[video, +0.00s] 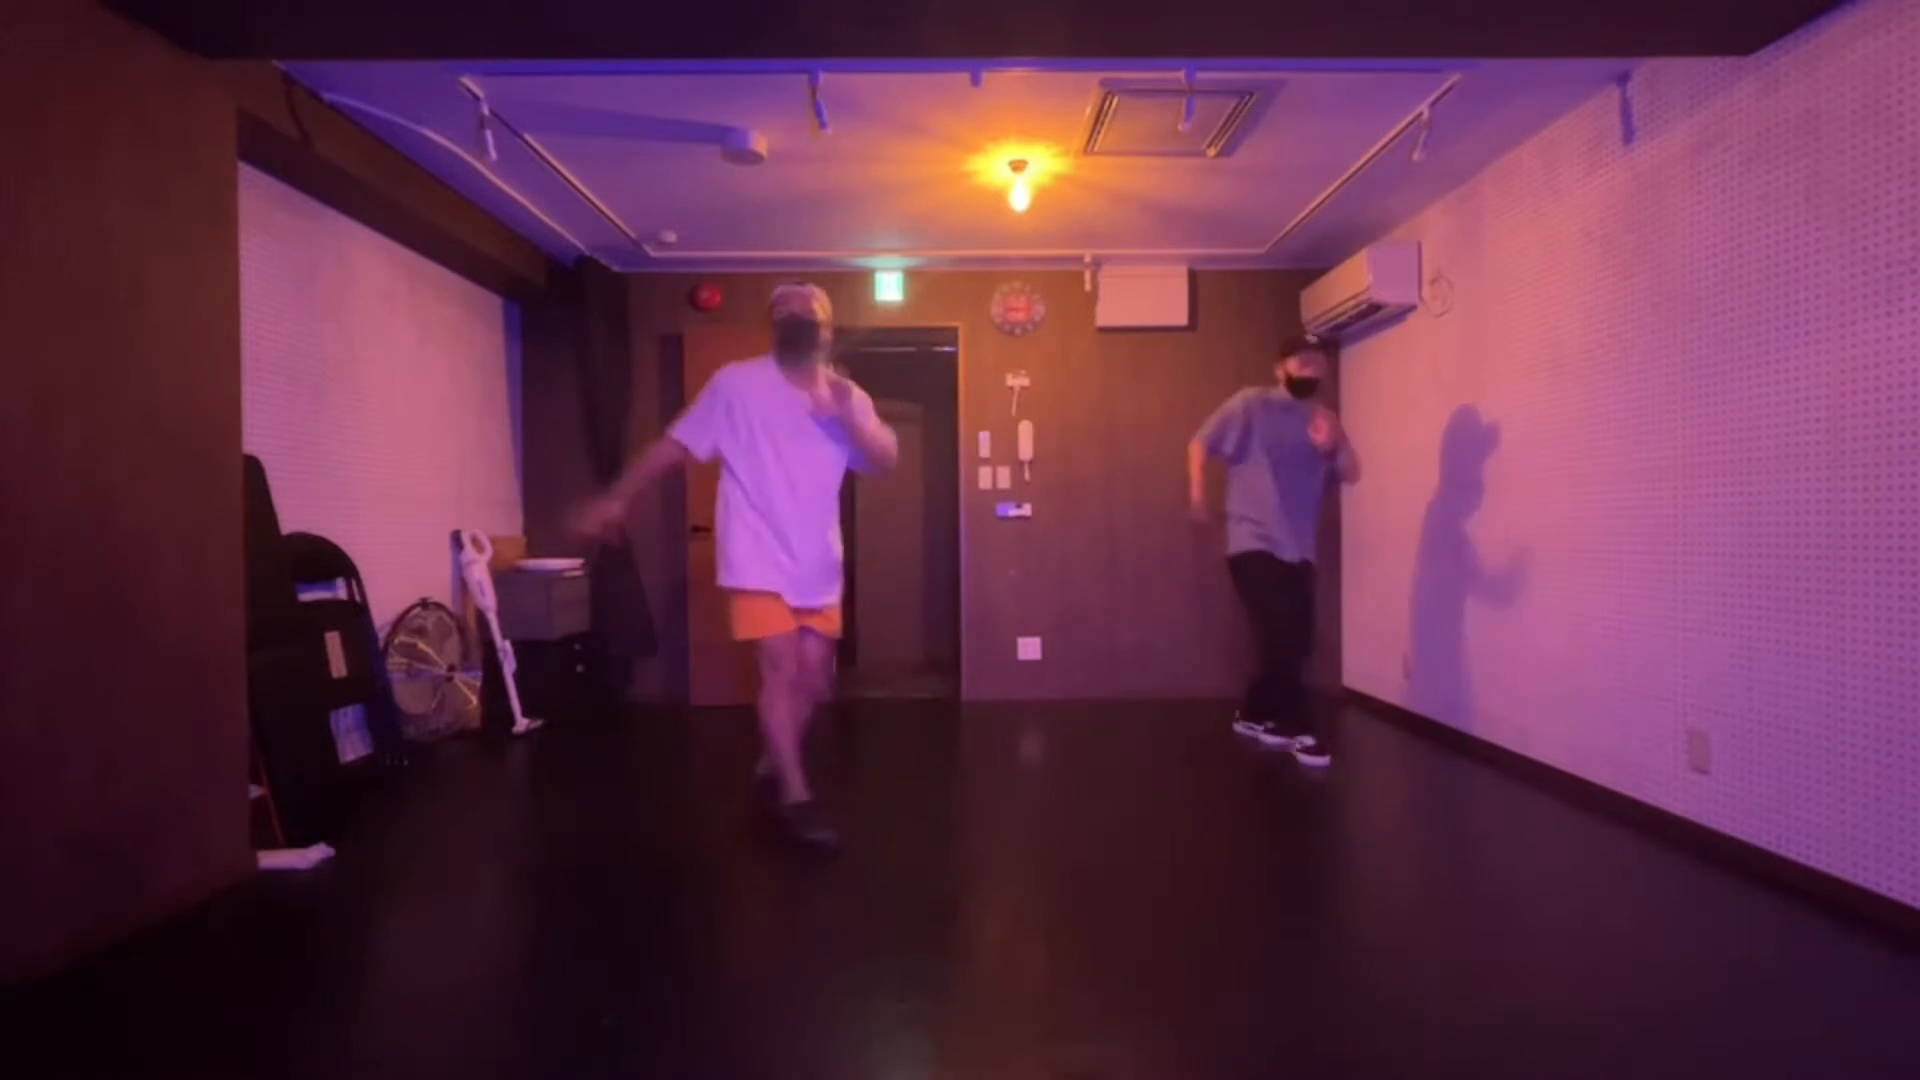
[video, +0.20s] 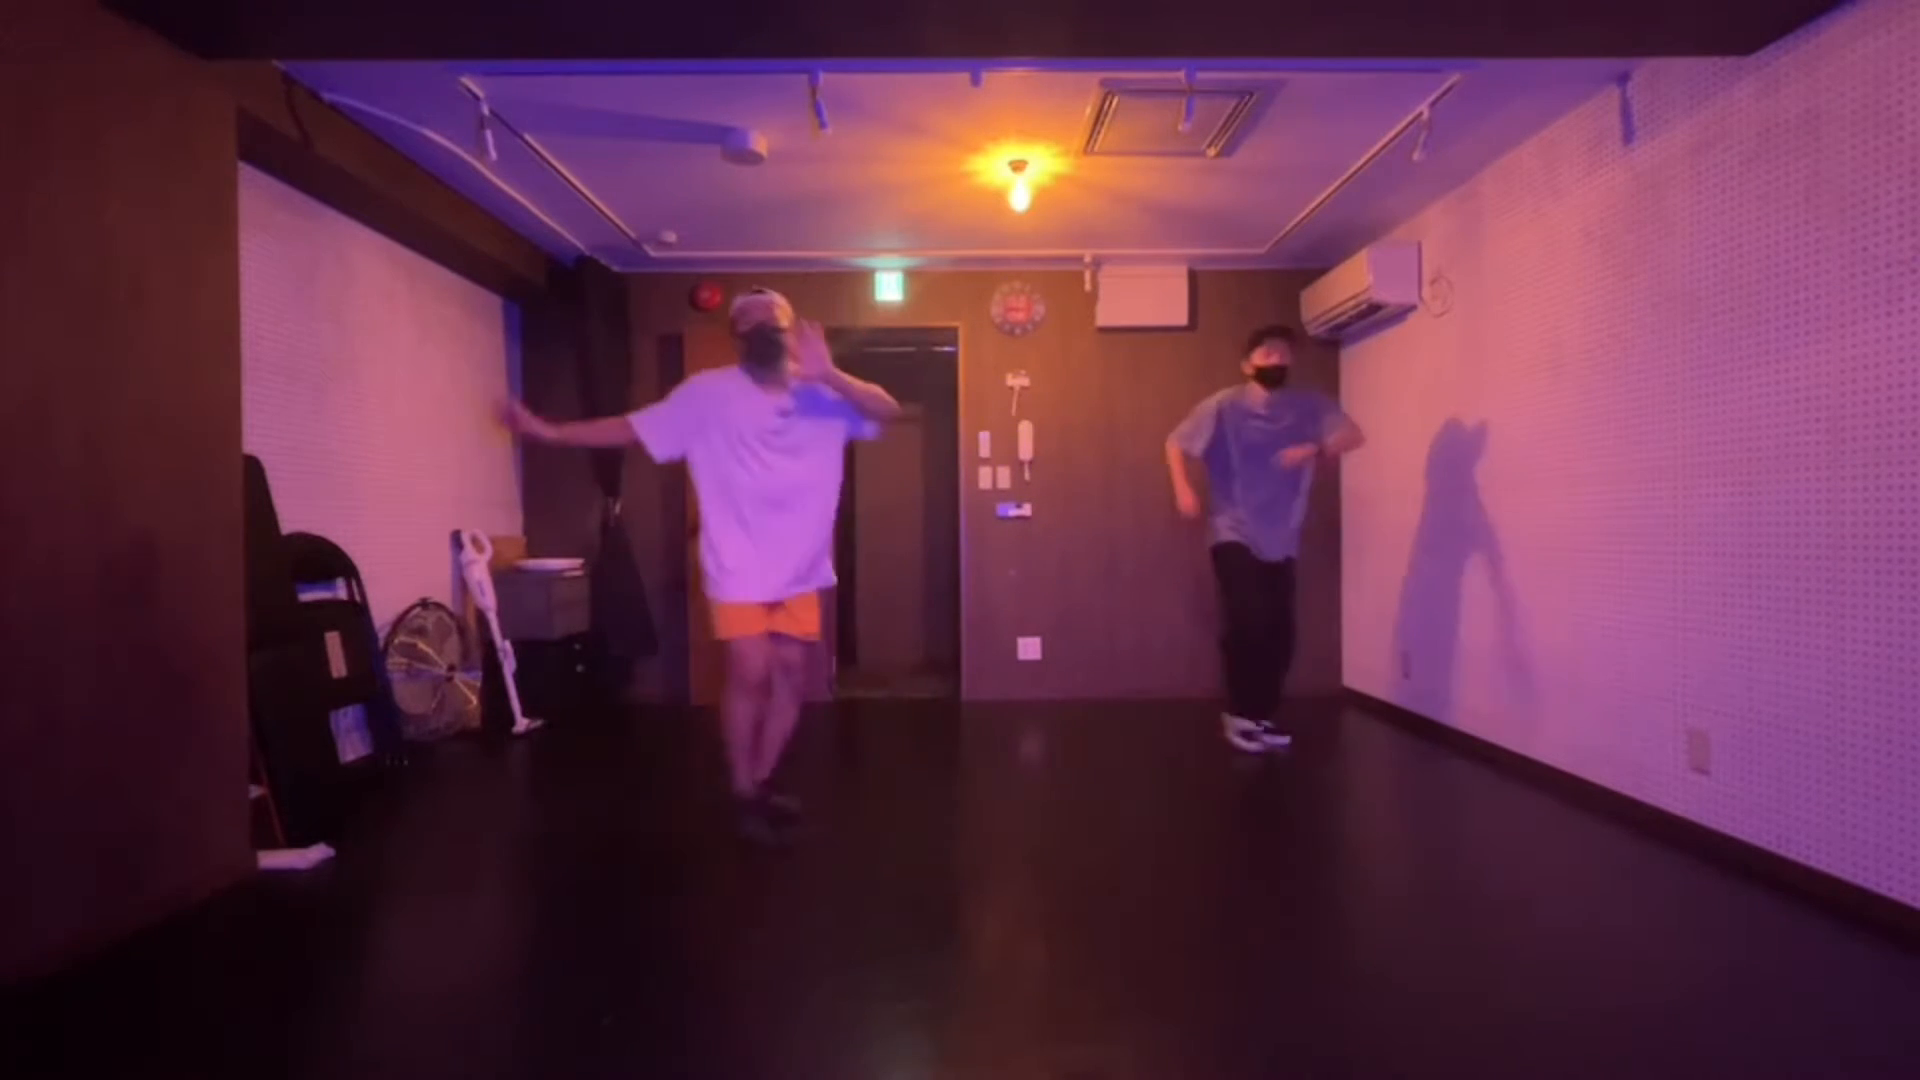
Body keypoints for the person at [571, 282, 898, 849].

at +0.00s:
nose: (800, 328)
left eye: (811, 320)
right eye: (790, 319)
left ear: (829, 330)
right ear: (774, 326)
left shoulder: (843, 393)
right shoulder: (737, 384)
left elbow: (886, 458)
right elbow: (673, 446)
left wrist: (847, 414)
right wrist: (617, 499)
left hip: (818, 555)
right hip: (756, 554)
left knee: (814, 673)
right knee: (780, 665)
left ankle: (769, 769)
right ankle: (795, 796)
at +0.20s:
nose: (764, 333)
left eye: (773, 324)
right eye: (751, 326)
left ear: (793, 333)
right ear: (735, 340)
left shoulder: (822, 395)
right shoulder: (709, 393)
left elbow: (889, 411)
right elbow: (630, 429)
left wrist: (829, 374)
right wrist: (551, 432)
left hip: (801, 566)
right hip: (735, 566)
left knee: (790, 675)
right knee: (750, 671)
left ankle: (759, 784)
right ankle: (742, 792)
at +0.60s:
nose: (682, 317)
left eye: (693, 306)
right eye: (673, 309)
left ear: (716, 315)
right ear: (661, 321)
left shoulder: (761, 370)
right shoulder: (642, 378)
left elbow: (826, 349)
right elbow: (568, 405)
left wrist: (759, 339)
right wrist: (513, 381)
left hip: (755, 548)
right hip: (682, 555)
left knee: (764, 659)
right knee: (681, 671)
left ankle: (761, 781)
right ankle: (678, 779)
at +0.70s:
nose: (665, 321)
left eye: (675, 311)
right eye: (654, 313)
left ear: (697, 316)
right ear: (640, 321)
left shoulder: (732, 357)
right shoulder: (621, 379)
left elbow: (806, 358)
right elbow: (568, 423)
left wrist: (751, 372)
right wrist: (537, 416)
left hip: (739, 544)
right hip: (666, 554)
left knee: (754, 665)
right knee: (673, 672)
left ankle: (762, 777)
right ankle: (679, 782)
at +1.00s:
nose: (613, 345)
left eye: (624, 333)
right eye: (600, 337)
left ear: (649, 339)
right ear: (586, 351)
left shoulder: (701, 377)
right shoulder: (587, 425)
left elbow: (777, 375)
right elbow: (569, 499)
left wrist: (810, 438)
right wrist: (544, 455)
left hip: (720, 551)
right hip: (652, 566)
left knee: (682, 677)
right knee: (649, 689)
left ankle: (658, 805)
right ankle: (693, 779)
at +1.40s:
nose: (615, 339)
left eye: (629, 326)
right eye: (603, 328)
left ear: (657, 335)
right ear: (588, 340)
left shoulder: (707, 398)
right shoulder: (574, 423)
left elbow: (768, 476)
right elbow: (548, 505)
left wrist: (758, 544)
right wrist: (531, 558)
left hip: (695, 584)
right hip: (620, 587)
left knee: (661, 712)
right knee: (617, 711)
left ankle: (631, 823)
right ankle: (672, 752)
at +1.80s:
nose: (706, 329)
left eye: (721, 320)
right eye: (694, 318)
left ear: (743, 337)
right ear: (673, 329)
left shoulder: (764, 415)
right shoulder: (624, 389)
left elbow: (829, 488)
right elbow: (541, 441)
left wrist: (780, 484)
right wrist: (532, 523)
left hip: (704, 595)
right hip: (627, 581)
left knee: (683, 721)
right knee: (674, 705)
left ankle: (611, 824)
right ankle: (717, 861)